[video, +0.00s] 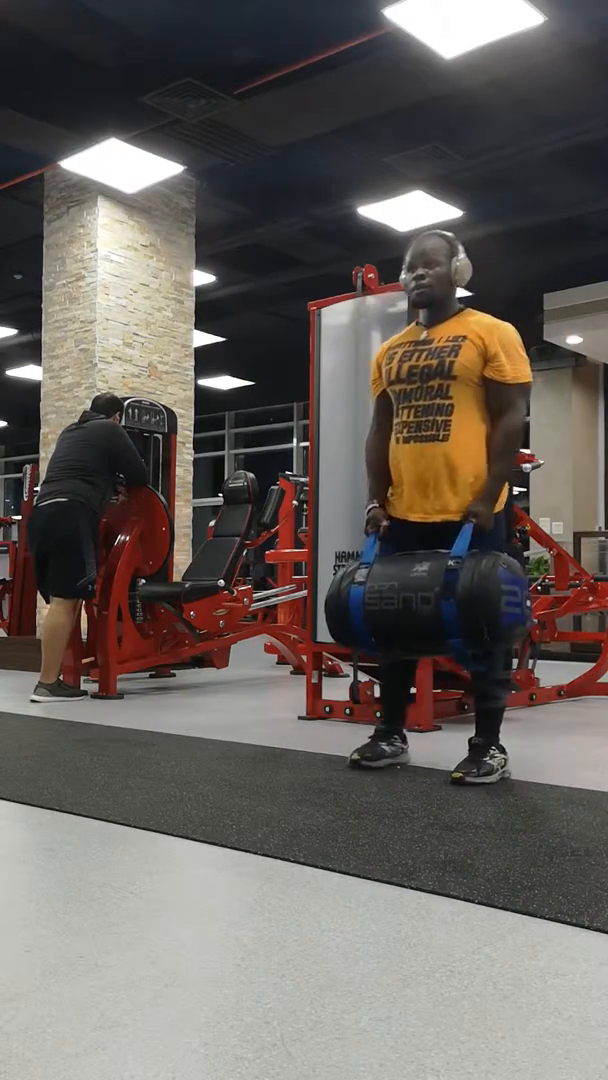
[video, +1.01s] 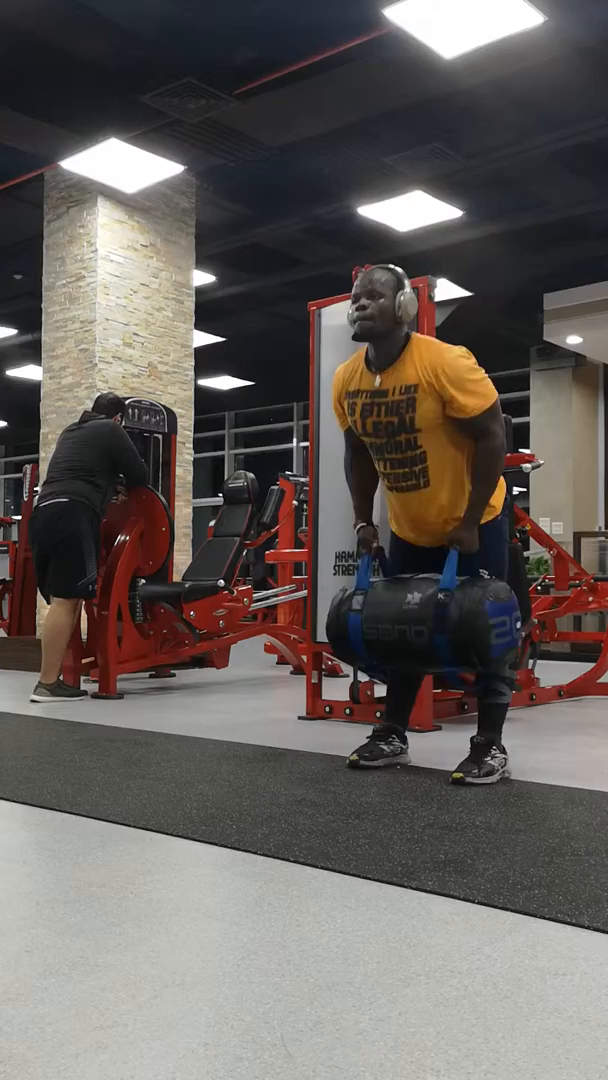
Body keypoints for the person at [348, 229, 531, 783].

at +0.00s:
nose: (416, 274)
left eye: (428, 264)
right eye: (410, 267)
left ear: (459, 271)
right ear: (403, 279)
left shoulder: (492, 334)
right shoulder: (390, 352)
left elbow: (511, 418)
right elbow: (379, 431)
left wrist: (489, 497)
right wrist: (376, 500)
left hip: (473, 513)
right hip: (404, 514)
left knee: (484, 620)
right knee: (394, 616)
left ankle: (487, 745)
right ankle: (390, 731)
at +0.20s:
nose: (389, 280)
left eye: (401, 270)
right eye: (384, 274)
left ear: (432, 278)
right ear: (381, 288)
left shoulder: (467, 336)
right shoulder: (367, 358)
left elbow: (488, 415)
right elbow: (359, 434)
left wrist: (467, 491)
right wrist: (355, 502)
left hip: (454, 511)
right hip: (385, 516)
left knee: (470, 619)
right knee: (379, 620)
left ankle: (485, 743)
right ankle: (387, 733)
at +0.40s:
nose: (385, 284)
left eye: (397, 274)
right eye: (380, 278)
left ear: (428, 281)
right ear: (377, 291)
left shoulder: (460, 338)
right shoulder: (363, 358)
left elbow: (478, 417)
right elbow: (352, 435)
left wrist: (455, 494)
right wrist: (348, 497)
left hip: (446, 510)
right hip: (376, 516)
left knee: (466, 619)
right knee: (377, 620)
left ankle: (485, 743)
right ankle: (387, 734)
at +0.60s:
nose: (388, 281)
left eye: (401, 272)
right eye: (383, 275)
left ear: (430, 281)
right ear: (379, 288)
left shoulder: (459, 337)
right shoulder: (366, 357)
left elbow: (477, 419)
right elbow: (357, 436)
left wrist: (451, 499)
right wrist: (352, 504)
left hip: (447, 512)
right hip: (380, 517)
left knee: (464, 621)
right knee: (381, 621)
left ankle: (486, 744)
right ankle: (388, 733)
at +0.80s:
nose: (374, 283)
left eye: (387, 273)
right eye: (370, 276)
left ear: (421, 282)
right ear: (368, 289)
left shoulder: (455, 339)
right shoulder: (361, 358)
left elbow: (483, 424)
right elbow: (361, 439)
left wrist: (462, 504)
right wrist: (360, 508)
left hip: (458, 517)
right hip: (392, 521)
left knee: (473, 623)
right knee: (390, 621)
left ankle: (487, 745)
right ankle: (389, 733)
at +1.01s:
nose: (357, 304)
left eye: (371, 296)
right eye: (354, 298)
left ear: (405, 305)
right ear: (352, 312)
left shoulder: (446, 363)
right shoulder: (347, 381)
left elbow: (495, 435)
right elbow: (359, 452)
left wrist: (471, 518)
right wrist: (363, 521)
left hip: (476, 516)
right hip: (410, 520)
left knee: (488, 622)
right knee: (402, 622)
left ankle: (488, 745)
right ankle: (391, 733)